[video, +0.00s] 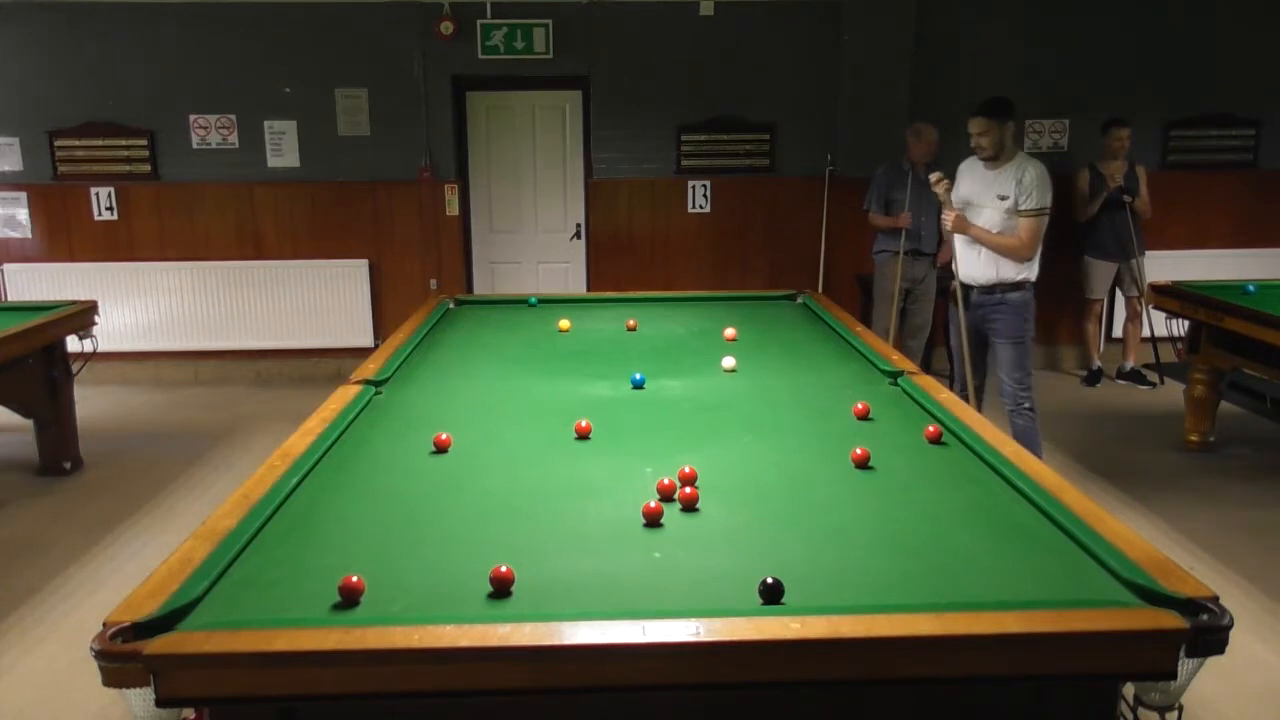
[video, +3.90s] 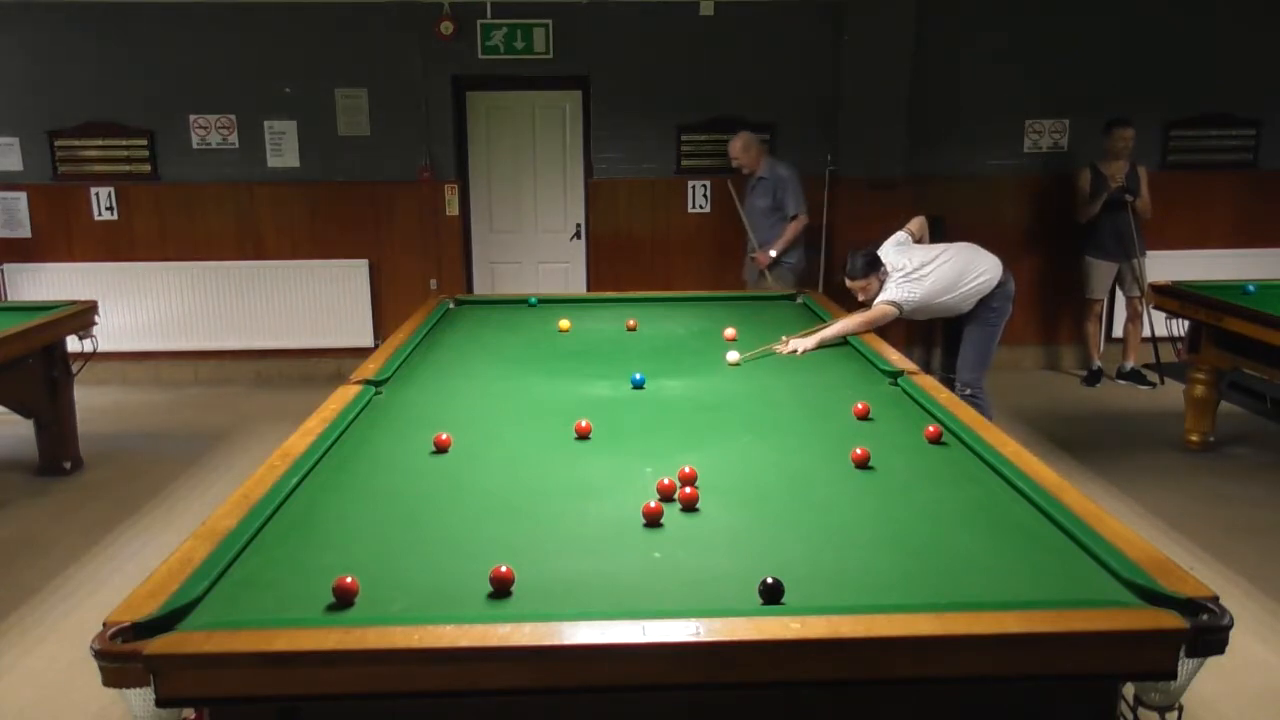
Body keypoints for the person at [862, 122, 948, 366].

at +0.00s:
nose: (930, 149)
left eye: (933, 144)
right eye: (925, 143)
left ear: (936, 147)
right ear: (910, 143)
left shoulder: (935, 179)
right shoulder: (888, 173)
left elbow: (946, 216)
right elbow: (873, 217)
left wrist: (948, 244)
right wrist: (895, 222)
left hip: (926, 261)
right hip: (892, 259)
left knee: (918, 331)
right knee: (884, 326)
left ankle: (908, 386)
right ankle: (877, 383)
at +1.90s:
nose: (912, 153)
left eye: (916, 148)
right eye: (907, 148)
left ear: (922, 150)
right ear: (897, 148)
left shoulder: (929, 180)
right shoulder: (880, 176)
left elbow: (936, 220)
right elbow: (854, 211)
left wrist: (926, 253)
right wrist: (864, 246)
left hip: (917, 263)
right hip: (882, 259)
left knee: (912, 331)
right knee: (879, 329)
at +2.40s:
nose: (869, 155)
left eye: (874, 150)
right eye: (866, 150)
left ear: (886, 152)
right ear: (862, 151)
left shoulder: (897, 181)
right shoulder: (850, 178)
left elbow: (910, 221)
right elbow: (834, 219)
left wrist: (909, 252)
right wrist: (837, 260)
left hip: (895, 259)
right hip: (859, 259)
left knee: (898, 323)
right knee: (861, 319)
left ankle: (901, 375)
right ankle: (863, 373)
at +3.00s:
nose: (831, 172)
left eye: (836, 167)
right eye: (827, 167)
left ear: (849, 161)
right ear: (823, 163)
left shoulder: (875, 179)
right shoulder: (827, 182)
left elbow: (896, 217)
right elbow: (825, 223)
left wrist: (871, 241)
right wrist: (820, 263)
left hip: (869, 261)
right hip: (840, 262)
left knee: (868, 318)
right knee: (845, 316)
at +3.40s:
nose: (795, 172)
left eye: (799, 167)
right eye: (792, 167)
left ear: (815, 159)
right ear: (789, 164)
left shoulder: (844, 179)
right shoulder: (802, 181)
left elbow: (861, 224)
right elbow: (809, 222)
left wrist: (830, 254)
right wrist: (800, 255)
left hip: (843, 267)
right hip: (814, 267)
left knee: (843, 329)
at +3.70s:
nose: (755, 171)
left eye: (759, 165)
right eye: (753, 166)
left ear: (774, 158)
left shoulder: (804, 180)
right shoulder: (772, 183)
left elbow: (824, 223)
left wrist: (799, 260)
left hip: (811, 267)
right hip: (781, 263)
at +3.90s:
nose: (734, 165)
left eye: (737, 159)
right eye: (732, 159)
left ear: (754, 152)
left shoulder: (783, 175)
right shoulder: (754, 178)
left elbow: (800, 219)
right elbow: (758, 224)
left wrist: (771, 253)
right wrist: (750, 259)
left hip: (781, 266)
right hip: (756, 263)